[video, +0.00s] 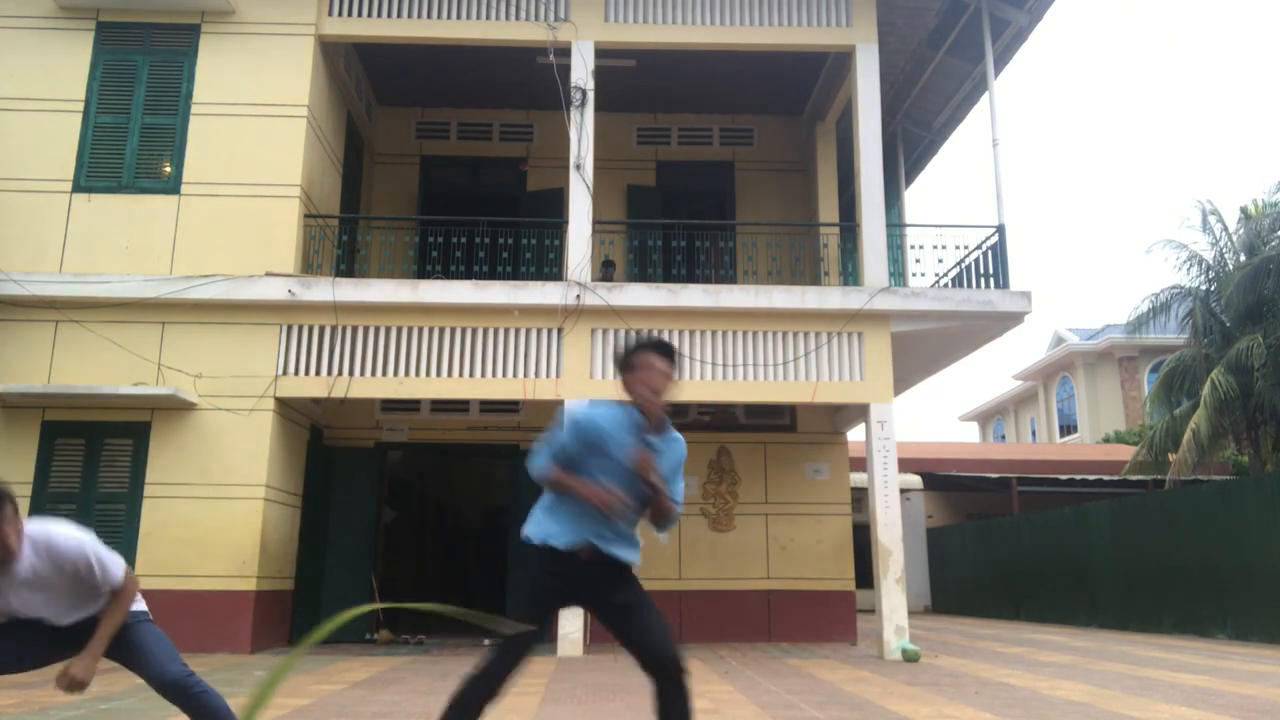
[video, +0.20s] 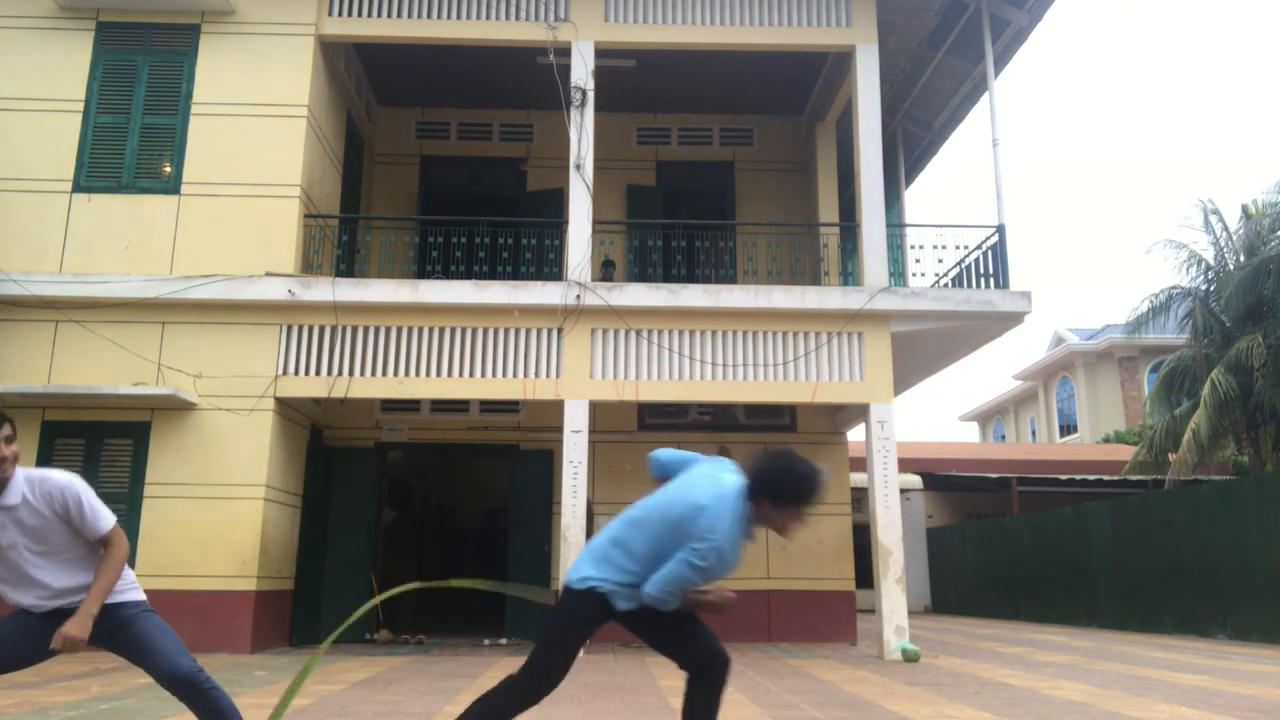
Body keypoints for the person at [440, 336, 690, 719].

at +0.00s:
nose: (652, 380)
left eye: (661, 372)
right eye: (642, 370)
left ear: (671, 380)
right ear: (625, 377)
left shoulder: (673, 446)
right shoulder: (585, 418)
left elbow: (665, 520)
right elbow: (539, 463)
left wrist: (652, 481)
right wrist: (589, 491)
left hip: (607, 566)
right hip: (548, 556)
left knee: (667, 664)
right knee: (510, 654)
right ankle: (453, 716)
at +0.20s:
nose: (798, 522)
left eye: (801, 512)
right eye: (797, 512)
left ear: (767, 485)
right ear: (774, 505)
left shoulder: (722, 469)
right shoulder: (720, 545)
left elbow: (658, 460)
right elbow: (655, 596)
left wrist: (687, 506)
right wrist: (700, 599)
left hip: (639, 586)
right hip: (594, 581)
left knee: (711, 663)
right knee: (536, 679)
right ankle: (468, 716)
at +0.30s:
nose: (843, 526)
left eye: (848, 518)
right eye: (844, 516)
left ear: (816, 489)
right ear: (820, 502)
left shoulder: (770, 474)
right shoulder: (762, 530)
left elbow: (699, 468)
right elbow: (679, 569)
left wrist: (708, 532)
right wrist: (725, 597)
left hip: (674, 576)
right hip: (631, 570)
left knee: (731, 672)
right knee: (570, 662)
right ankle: (482, 716)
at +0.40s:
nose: (882, 478)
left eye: (886, 469)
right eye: (879, 466)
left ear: (858, 457)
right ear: (850, 453)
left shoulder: (826, 479)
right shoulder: (792, 479)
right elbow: (716, 525)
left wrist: (784, 548)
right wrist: (752, 588)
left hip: (722, 567)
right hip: (678, 552)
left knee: (746, 681)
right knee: (625, 646)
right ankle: (553, 713)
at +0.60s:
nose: (894, 369)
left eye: (907, 360)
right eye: (889, 358)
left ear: (933, 363)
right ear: (881, 356)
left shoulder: (935, 422)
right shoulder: (847, 390)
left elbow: (930, 477)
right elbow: (783, 442)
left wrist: (922, 502)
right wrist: (789, 508)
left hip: (855, 534)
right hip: (806, 524)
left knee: (848, 661)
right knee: (798, 634)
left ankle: (757, 717)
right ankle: (792, 708)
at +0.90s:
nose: (991, 355)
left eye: (999, 343)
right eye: (987, 346)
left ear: (1033, 342)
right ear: (988, 349)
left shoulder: (1084, 409)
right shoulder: (990, 407)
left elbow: (1097, 494)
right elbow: (985, 478)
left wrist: (1021, 512)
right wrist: (972, 527)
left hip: (1058, 555)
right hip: (995, 554)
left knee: (1053, 684)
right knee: (968, 674)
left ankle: (1089, 714)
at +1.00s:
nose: (1041, 349)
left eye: (1049, 339)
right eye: (1040, 340)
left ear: (1083, 340)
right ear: (1070, 342)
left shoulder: (1123, 403)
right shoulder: (1058, 403)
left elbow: (1125, 484)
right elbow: (1066, 465)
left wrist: (1048, 475)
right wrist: (1048, 508)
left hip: (1116, 560)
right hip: (1069, 555)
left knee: (1113, 687)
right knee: (1020, 667)